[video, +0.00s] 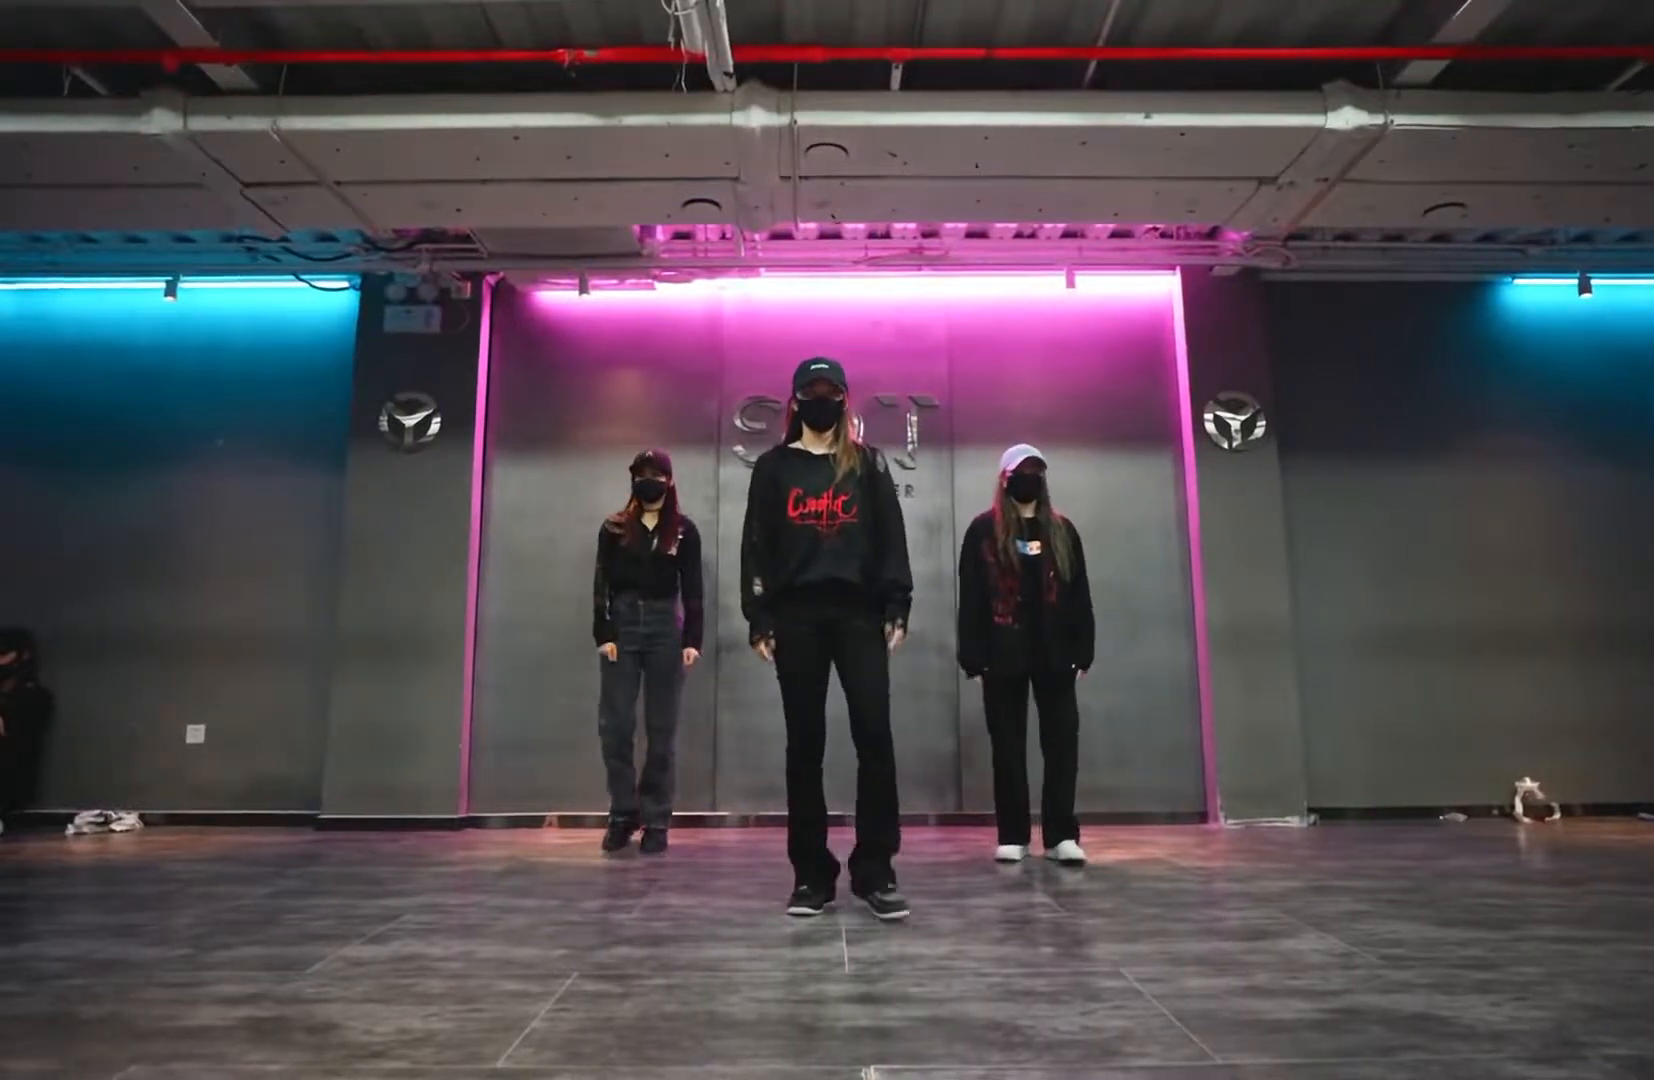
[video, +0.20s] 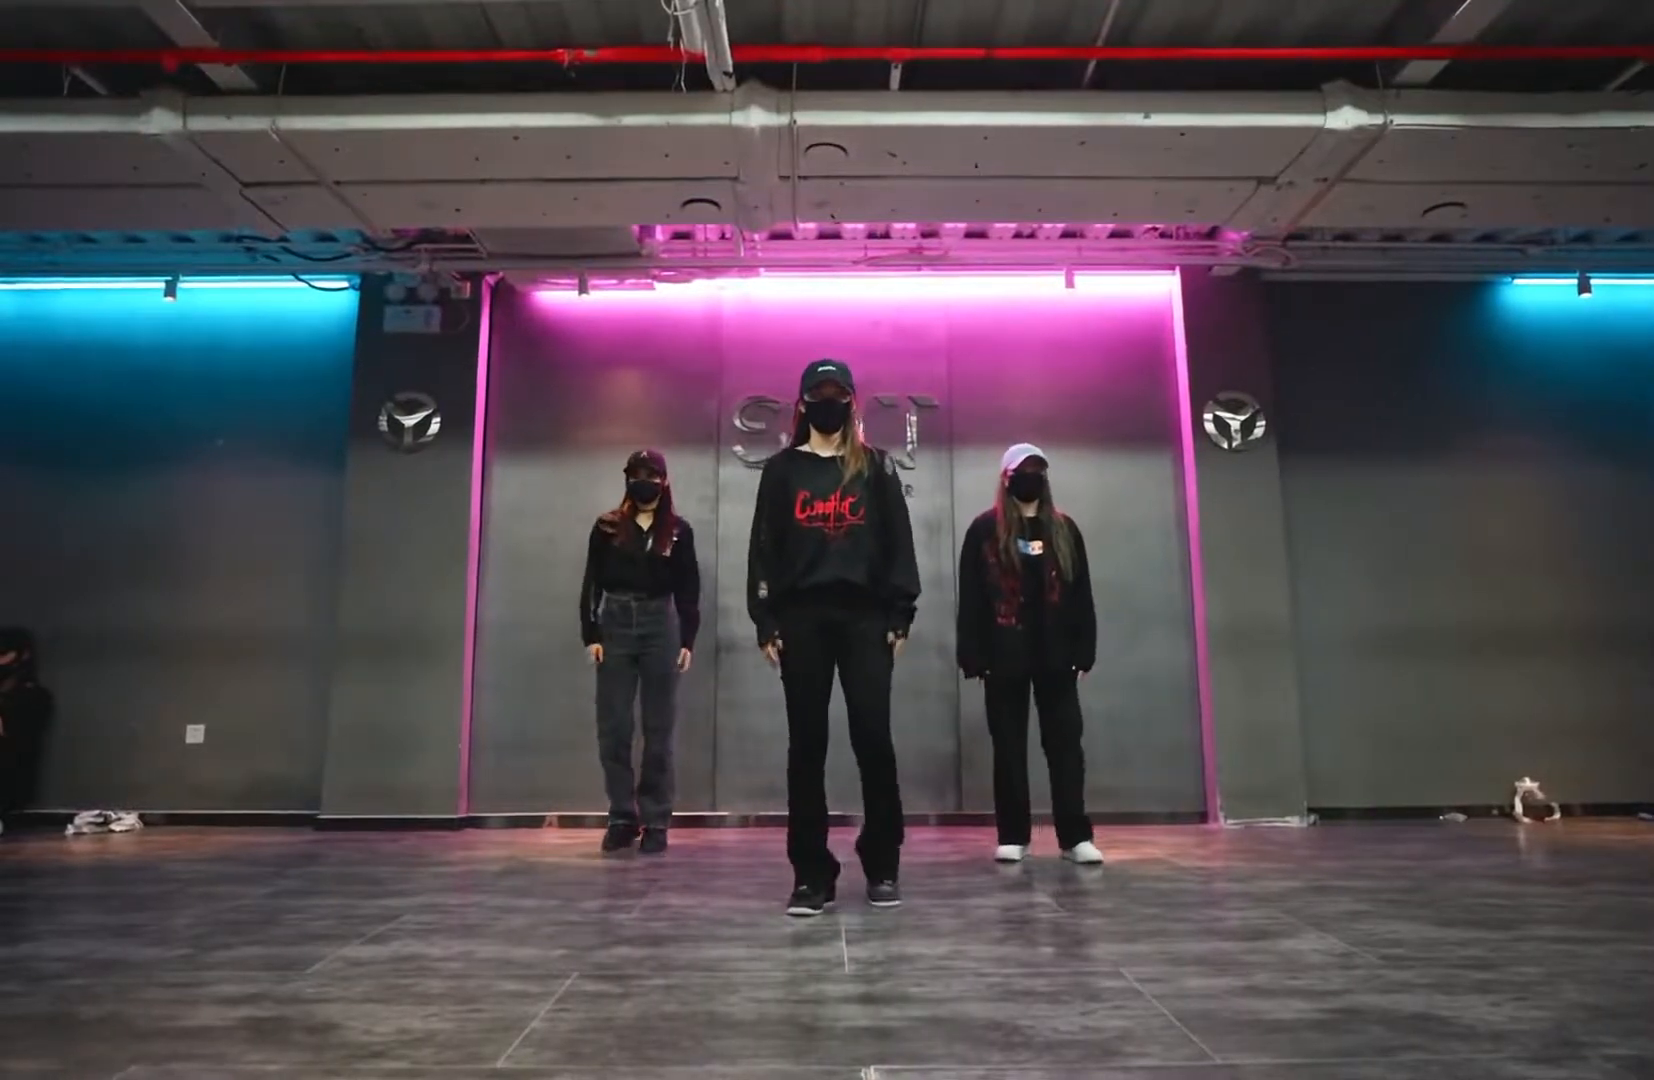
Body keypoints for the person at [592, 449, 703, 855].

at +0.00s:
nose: (649, 488)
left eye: (656, 482)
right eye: (642, 482)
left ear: (669, 484)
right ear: (633, 483)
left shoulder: (683, 530)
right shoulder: (614, 528)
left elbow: (693, 590)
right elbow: (602, 586)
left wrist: (693, 639)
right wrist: (604, 634)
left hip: (665, 632)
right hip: (621, 631)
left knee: (660, 729)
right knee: (614, 725)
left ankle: (656, 822)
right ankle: (623, 814)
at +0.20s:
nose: (645, 485)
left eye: (652, 478)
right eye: (638, 478)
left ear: (664, 483)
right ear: (627, 481)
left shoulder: (677, 530)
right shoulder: (607, 526)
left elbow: (689, 589)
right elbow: (590, 586)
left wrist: (687, 639)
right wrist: (591, 634)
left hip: (660, 626)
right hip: (613, 625)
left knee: (658, 728)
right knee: (613, 728)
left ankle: (656, 822)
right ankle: (622, 818)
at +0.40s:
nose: (642, 487)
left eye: (649, 480)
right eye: (635, 481)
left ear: (661, 484)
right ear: (624, 484)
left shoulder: (676, 531)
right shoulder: (604, 527)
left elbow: (684, 591)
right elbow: (587, 587)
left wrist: (684, 640)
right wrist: (590, 636)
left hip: (661, 625)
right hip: (613, 623)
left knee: (659, 729)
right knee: (617, 731)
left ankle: (664, 822)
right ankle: (623, 820)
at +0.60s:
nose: (640, 489)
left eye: (648, 482)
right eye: (633, 482)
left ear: (661, 487)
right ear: (623, 487)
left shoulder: (675, 534)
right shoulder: (607, 531)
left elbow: (687, 593)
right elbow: (594, 590)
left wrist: (699, 639)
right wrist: (598, 639)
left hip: (662, 636)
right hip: (616, 636)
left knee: (661, 735)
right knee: (613, 736)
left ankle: (671, 828)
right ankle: (624, 804)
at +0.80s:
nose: (627, 500)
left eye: (635, 492)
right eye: (620, 492)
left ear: (649, 495)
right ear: (610, 495)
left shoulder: (657, 540)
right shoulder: (606, 538)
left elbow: (649, 593)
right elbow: (580, 584)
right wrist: (539, 603)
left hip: (651, 651)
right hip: (611, 648)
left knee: (655, 747)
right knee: (585, 711)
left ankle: (669, 829)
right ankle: (574, 793)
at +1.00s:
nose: (606, 499)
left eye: (615, 492)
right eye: (599, 491)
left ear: (631, 497)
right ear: (590, 495)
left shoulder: (641, 543)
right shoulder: (581, 543)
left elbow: (652, 590)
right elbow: (543, 583)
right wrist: (493, 571)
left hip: (628, 655)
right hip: (582, 653)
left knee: (647, 759)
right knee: (557, 741)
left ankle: (667, 850)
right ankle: (530, 853)